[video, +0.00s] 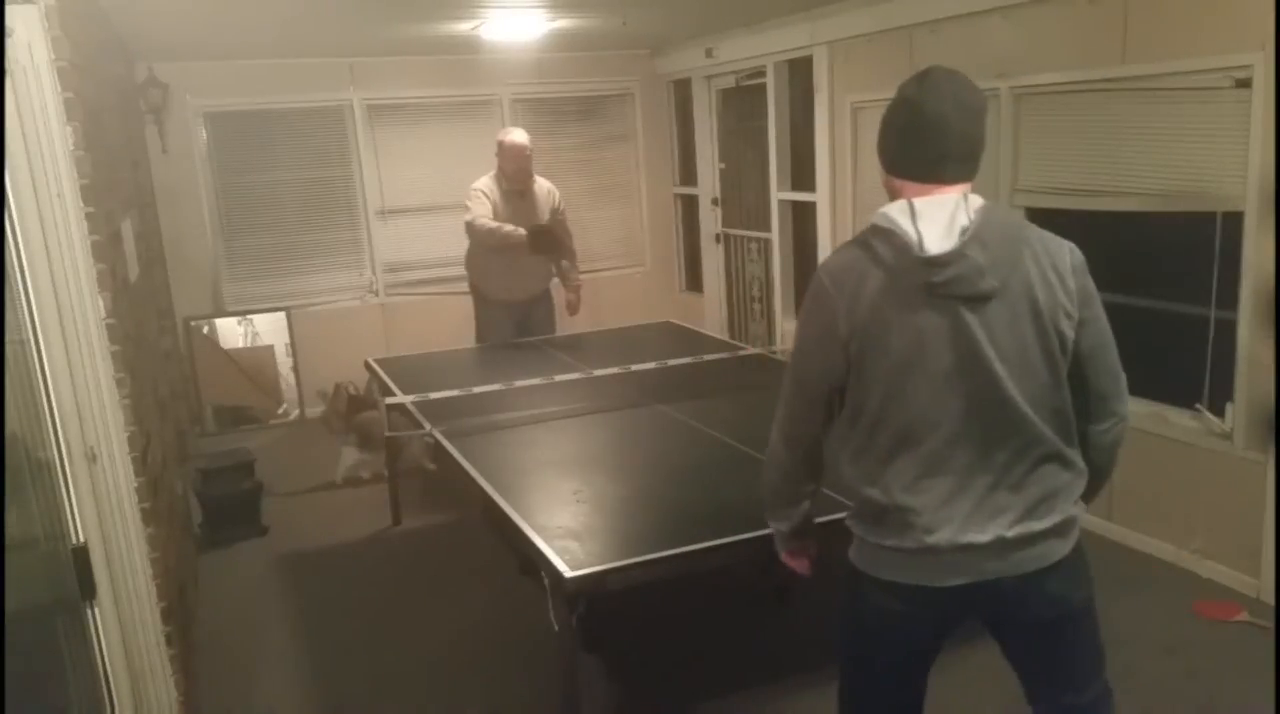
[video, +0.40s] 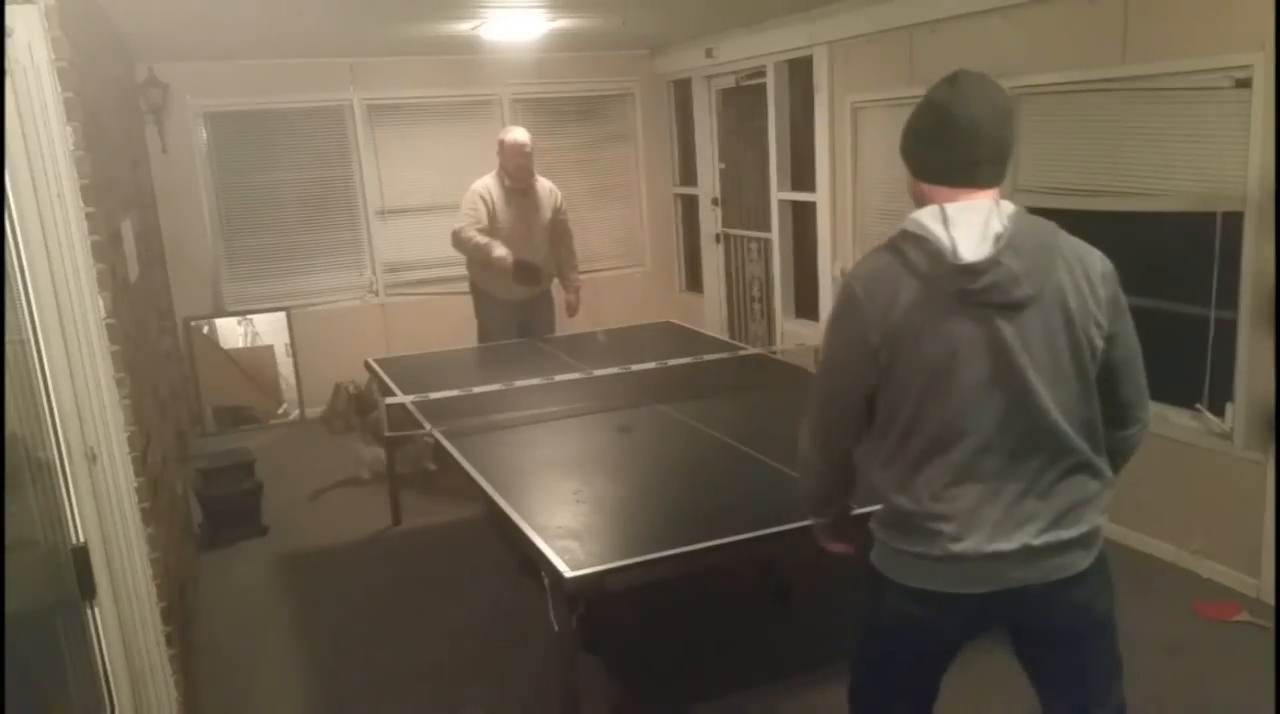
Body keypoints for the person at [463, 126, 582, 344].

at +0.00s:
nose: (521, 165)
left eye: (526, 157)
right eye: (513, 159)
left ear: (532, 155)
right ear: (499, 157)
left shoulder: (547, 191)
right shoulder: (482, 191)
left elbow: (563, 244)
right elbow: (479, 228)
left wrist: (572, 287)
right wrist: (528, 238)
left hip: (537, 297)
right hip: (494, 300)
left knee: (544, 368)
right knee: (499, 370)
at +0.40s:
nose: (522, 162)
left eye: (526, 155)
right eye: (514, 156)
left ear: (533, 154)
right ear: (500, 155)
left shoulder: (549, 192)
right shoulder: (482, 192)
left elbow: (563, 244)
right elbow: (463, 233)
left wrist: (571, 287)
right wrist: (493, 250)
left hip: (539, 296)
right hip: (495, 298)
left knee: (542, 366)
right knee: (500, 367)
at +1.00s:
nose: (517, 159)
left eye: (521, 151)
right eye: (509, 153)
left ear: (530, 152)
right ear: (497, 155)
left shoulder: (552, 191)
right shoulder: (479, 195)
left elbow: (569, 243)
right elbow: (460, 245)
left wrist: (573, 289)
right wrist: (471, 284)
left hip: (541, 300)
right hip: (497, 302)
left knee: (541, 369)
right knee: (499, 372)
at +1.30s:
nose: (513, 158)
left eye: (518, 150)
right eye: (506, 152)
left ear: (529, 151)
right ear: (496, 154)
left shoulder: (553, 191)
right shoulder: (478, 194)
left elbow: (572, 243)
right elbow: (461, 244)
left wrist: (574, 288)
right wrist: (470, 281)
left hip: (542, 298)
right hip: (498, 301)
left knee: (543, 368)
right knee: (500, 370)